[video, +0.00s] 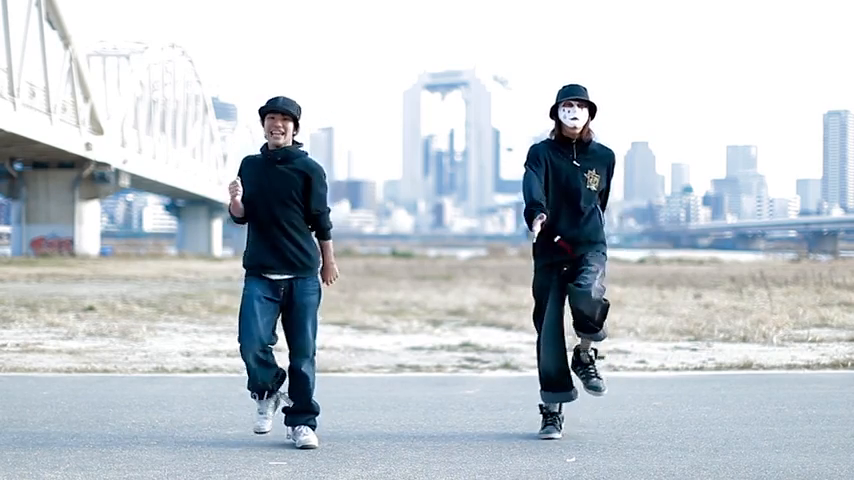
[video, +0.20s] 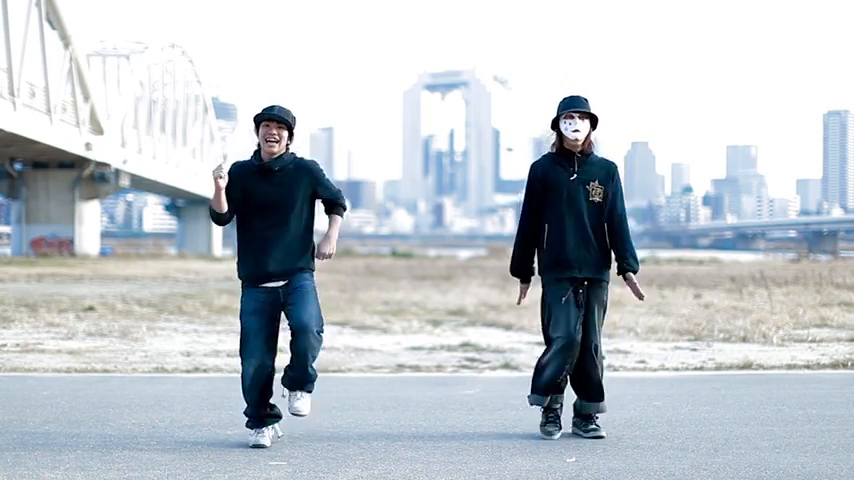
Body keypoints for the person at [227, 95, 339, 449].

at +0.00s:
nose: (276, 125)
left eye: (283, 120)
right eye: (271, 119)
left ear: (294, 127)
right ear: (262, 124)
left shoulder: (310, 168)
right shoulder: (250, 165)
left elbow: (320, 218)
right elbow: (242, 217)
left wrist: (328, 259)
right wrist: (235, 204)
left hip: (303, 273)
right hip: (260, 272)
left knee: (303, 352)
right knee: (251, 346)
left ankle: (303, 422)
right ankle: (269, 388)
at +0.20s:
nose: (271, 134)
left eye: (278, 130)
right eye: (266, 128)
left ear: (289, 136)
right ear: (257, 133)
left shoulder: (306, 170)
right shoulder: (240, 172)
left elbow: (336, 201)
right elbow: (221, 219)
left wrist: (330, 236)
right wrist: (219, 188)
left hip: (298, 275)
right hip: (256, 280)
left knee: (308, 330)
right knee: (255, 355)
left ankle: (298, 385)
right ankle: (261, 423)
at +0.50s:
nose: (283, 128)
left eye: (290, 122)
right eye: (278, 121)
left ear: (300, 128)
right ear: (267, 125)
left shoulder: (312, 168)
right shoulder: (248, 160)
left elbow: (321, 217)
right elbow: (231, 206)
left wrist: (333, 191)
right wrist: (221, 247)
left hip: (297, 268)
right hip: (257, 268)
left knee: (293, 343)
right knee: (256, 345)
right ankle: (261, 420)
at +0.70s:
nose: (280, 133)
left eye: (287, 129)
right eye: (275, 128)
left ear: (298, 136)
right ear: (266, 133)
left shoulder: (315, 171)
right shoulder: (251, 171)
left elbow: (341, 211)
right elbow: (226, 214)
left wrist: (319, 230)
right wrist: (248, 234)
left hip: (301, 283)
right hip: (258, 279)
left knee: (299, 358)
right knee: (241, 334)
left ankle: (297, 428)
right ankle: (259, 390)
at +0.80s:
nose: (280, 131)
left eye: (286, 127)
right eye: (274, 126)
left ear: (295, 138)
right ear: (265, 135)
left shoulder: (312, 172)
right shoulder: (249, 171)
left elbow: (348, 192)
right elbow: (211, 193)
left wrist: (321, 161)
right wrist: (224, 162)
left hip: (300, 274)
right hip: (261, 267)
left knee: (299, 355)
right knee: (242, 289)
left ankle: (295, 428)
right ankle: (261, 342)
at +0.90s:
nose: (278, 125)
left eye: (284, 121)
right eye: (272, 120)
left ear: (295, 130)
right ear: (263, 128)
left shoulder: (311, 165)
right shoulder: (246, 165)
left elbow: (347, 189)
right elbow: (206, 183)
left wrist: (375, 161)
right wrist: (180, 150)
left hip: (298, 274)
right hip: (257, 268)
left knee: (298, 352)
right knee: (239, 308)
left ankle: (295, 426)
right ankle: (265, 345)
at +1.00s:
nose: (276, 125)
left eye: (283, 121)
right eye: (271, 120)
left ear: (294, 127)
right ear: (261, 125)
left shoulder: (311, 165)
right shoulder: (243, 166)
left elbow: (346, 196)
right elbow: (204, 189)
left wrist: (380, 212)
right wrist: (165, 201)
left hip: (298, 272)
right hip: (255, 273)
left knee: (295, 350)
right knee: (243, 347)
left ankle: (293, 425)